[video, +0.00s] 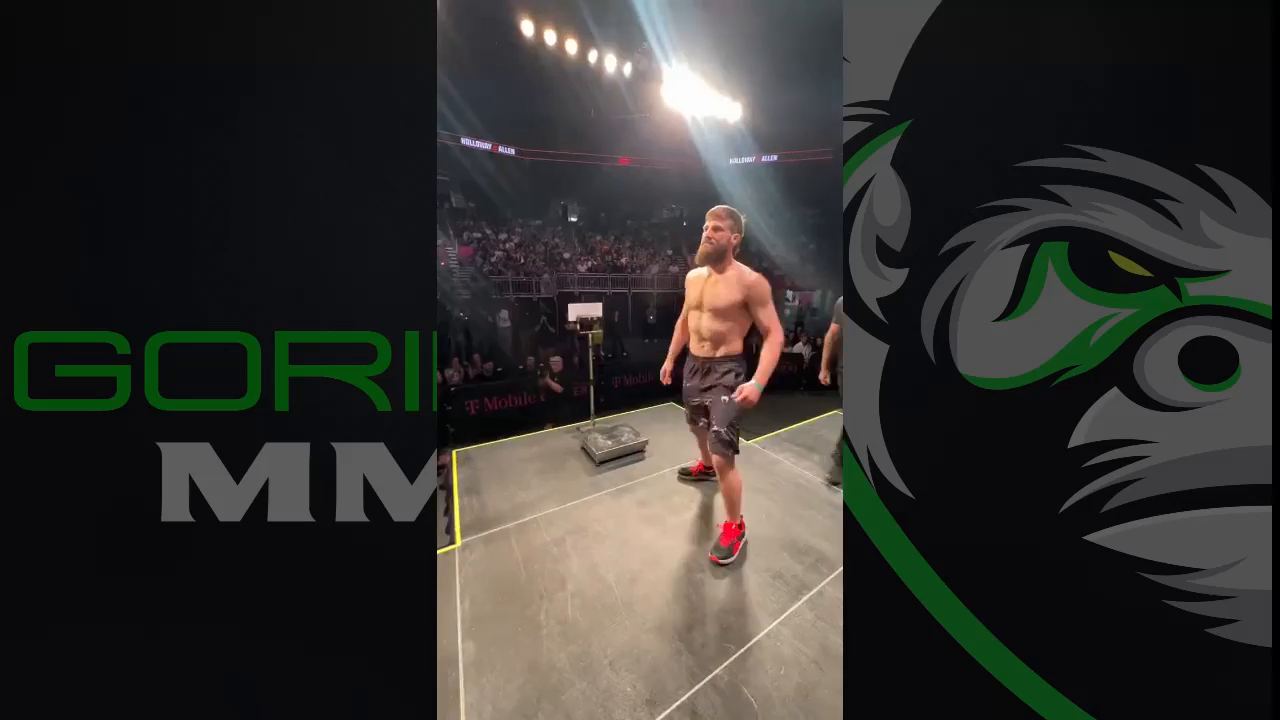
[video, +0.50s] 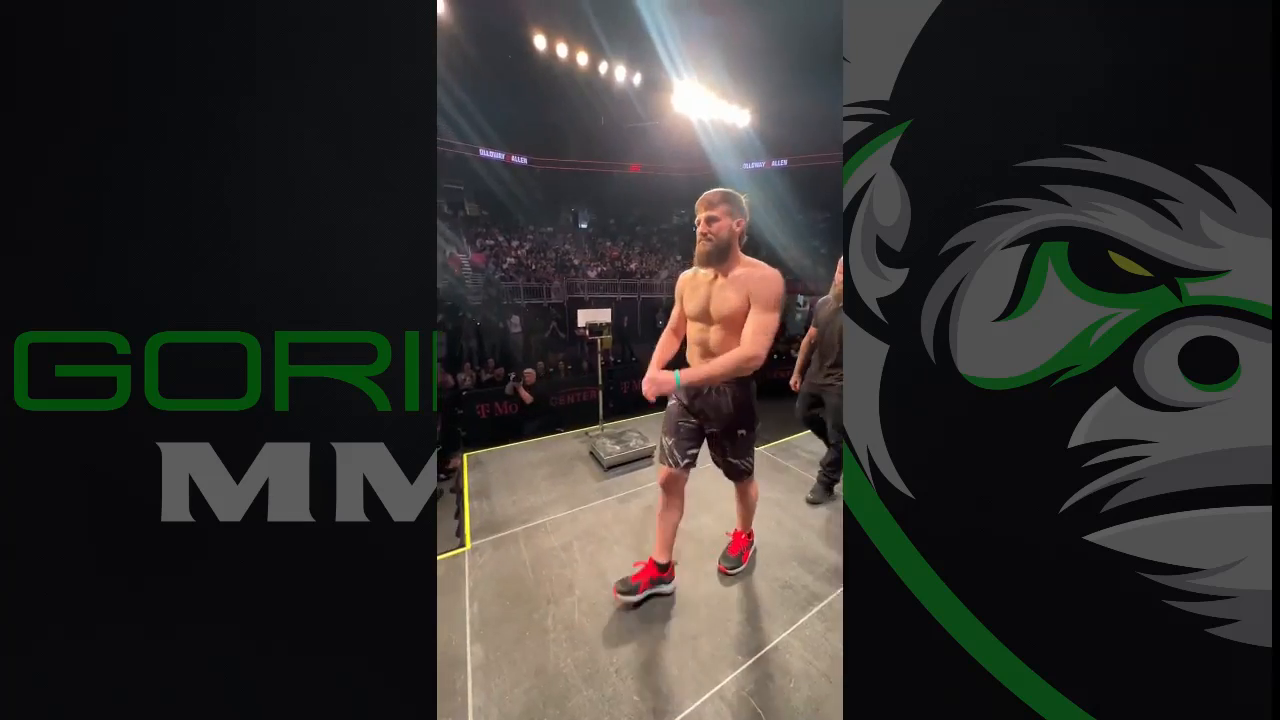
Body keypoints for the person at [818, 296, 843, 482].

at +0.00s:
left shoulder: (844, 303)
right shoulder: (844, 303)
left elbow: (833, 333)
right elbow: (833, 333)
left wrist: (824, 366)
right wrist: (824, 366)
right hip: (848, 374)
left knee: (850, 421)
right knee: (849, 421)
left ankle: (839, 469)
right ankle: (837, 469)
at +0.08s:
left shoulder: (837, 306)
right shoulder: (837, 305)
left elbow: (825, 337)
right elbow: (825, 337)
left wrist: (818, 369)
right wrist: (818, 369)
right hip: (840, 375)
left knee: (842, 421)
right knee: (843, 421)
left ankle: (824, 465)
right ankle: (823, 466)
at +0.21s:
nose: (842, 283)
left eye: (845, 279)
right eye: (841, 278)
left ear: (849, 284)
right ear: (837, 282)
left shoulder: (860, 311)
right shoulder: (828, 307)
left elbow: (817, 339)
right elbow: (817, 339)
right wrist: (809, 371)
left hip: (845, 376)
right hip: (828, 375)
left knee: (835, 424)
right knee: (838, 422)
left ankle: (813, 474)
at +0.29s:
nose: (841, 280)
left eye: (845, 276)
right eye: (839, 275)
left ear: (851, 281)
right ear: (835, 277)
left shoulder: (858, 310)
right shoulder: (825, 306)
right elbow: (813, 339)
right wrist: (806, 371)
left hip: (845, 376)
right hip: (825, 375)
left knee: (834, 427)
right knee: (838, 423)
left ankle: (815, 476)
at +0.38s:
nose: (840, 278)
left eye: (844, 274)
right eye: (839, 273)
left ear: (851, 280)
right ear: (835, 275)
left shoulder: (855, 309)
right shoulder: (823, 304)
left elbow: (860, 345)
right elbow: (811, 337)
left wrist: (855, 378)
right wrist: (803, 369)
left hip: (840, 378)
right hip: (817, 375)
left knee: (835, 432)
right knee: (818, 413)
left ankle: (818, 479)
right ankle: (841, 440)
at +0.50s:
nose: (839, 277)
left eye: (844, 273)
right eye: (838, 272)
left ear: (852, 278)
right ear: (834, 274)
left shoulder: (855, 310)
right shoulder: (823, 304)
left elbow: (859, 347)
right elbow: (810, 338)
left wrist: (854, 381)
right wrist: (797, 370)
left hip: (839, 380)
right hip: (814, 376)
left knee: (836, 435)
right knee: (805, 413)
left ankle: (825, 482)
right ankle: (836, 445)